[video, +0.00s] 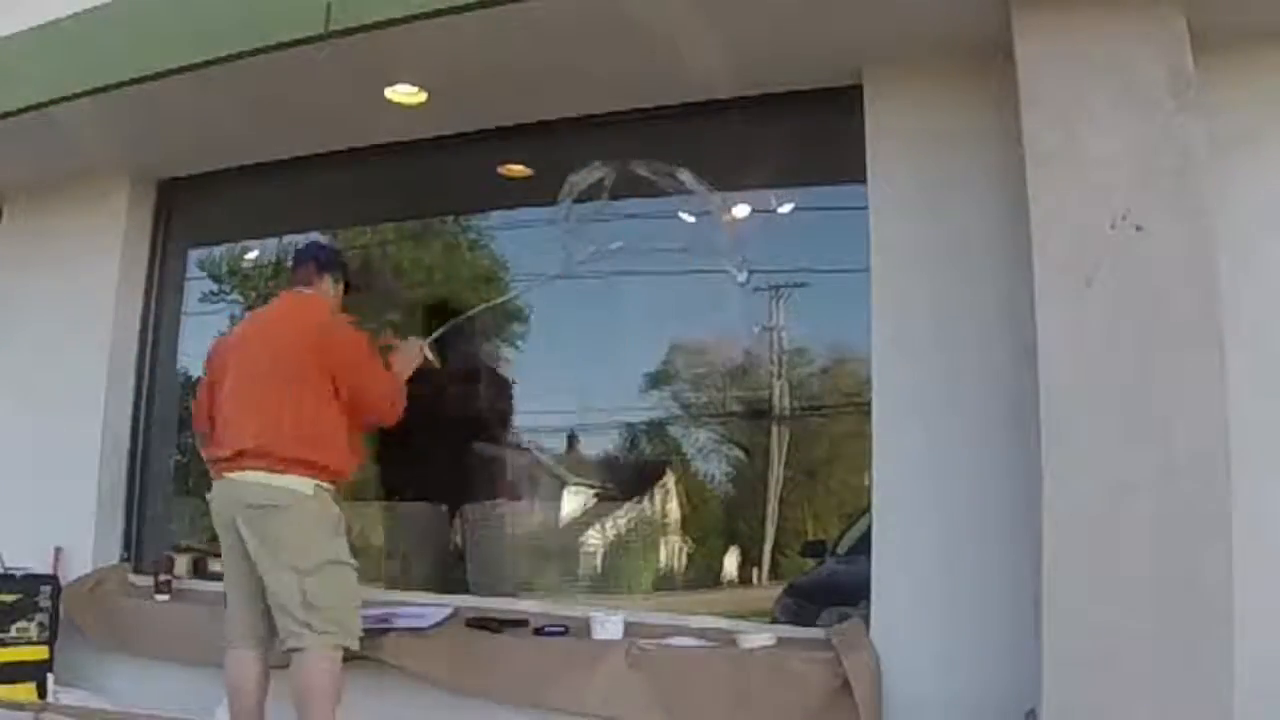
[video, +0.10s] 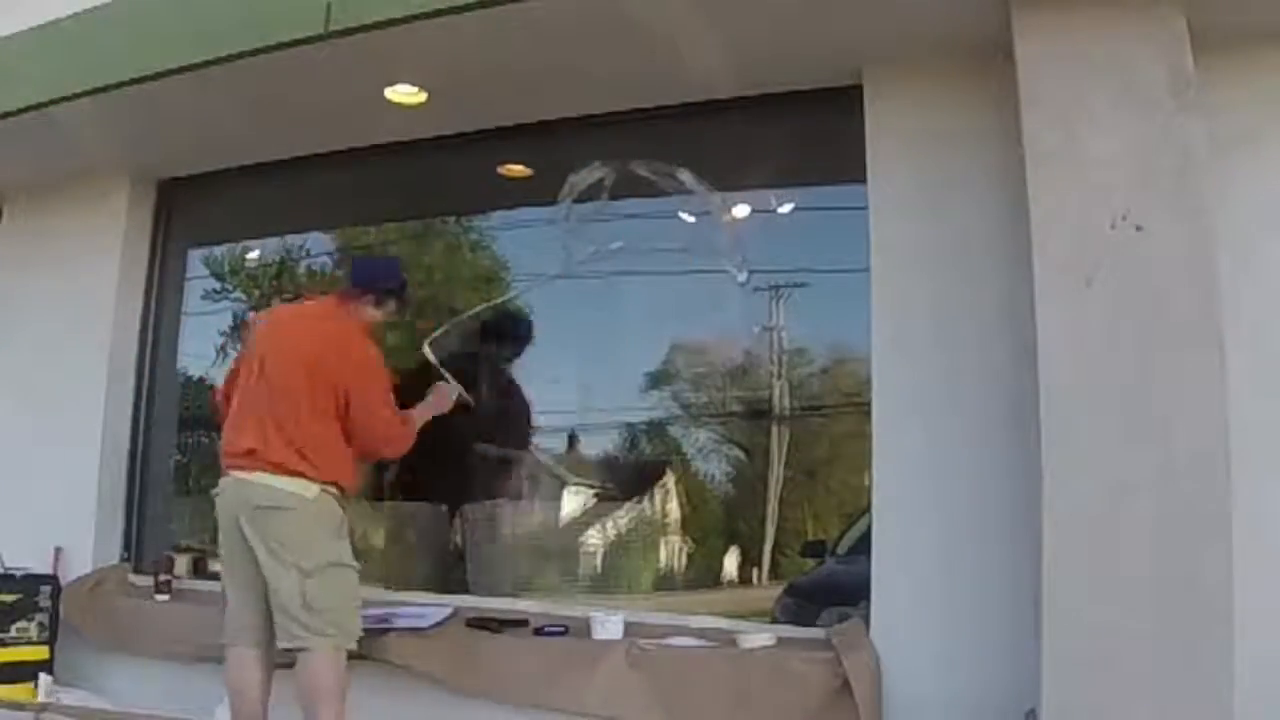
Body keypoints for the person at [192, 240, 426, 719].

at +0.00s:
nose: (339, 301)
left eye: (341, 292)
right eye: (339, 291)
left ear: (292, 280)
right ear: (325, 281)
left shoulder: (235, 336)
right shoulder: (332, 329)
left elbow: (203, 419)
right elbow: (383, 408)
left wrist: (233, 470)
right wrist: (403, 367)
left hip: (227, 493)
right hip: (293, 496)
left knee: (246, 635)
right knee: (319, 636)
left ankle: (245, 717)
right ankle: (317, 716)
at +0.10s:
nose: (381, 325)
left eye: (386, 317)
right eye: (385, 315)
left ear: (348, 289)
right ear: (372, 301)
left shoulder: (270, 320)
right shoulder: (355, 346)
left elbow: (228, 397)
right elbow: (381, 440)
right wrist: (429, 409)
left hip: (236, 492)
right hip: (299, 499)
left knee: (246, 635)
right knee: (323, 637)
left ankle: (247, 716)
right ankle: (326, 716)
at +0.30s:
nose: (516, 385)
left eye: (522, 378)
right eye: (521, 376)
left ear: (491, 334)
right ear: (504, 361)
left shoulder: (414, 325)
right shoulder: (462, 399)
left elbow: (336, 355)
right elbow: (465, 503)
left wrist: (343, 422)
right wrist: (524, 484)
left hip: (292, 478)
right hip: (350, 509)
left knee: (280, 626)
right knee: (379, 650)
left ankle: (262, 716)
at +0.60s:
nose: (540, 385)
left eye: (547, 378)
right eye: (542, 376)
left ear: (513, 342)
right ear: (523, 363)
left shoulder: (430, 324)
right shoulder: (484, 399)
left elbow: (357, 360)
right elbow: (473, 502)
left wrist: (366, 427)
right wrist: (541, 505)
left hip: (312, 475)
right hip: (367, 508)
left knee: (293, 628)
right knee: (382, 653)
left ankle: (271, 715)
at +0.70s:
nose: (439, 287)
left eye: (435, 277)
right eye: (441, 277)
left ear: (388, 265)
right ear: (435, 272)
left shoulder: (334, 316)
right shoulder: (422, 324)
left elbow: (304, 409)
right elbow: (445, 432)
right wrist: (469, 424)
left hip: (314, 498)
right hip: (384, 506)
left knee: (336, 643)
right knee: (419, 640)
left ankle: (335, 715)